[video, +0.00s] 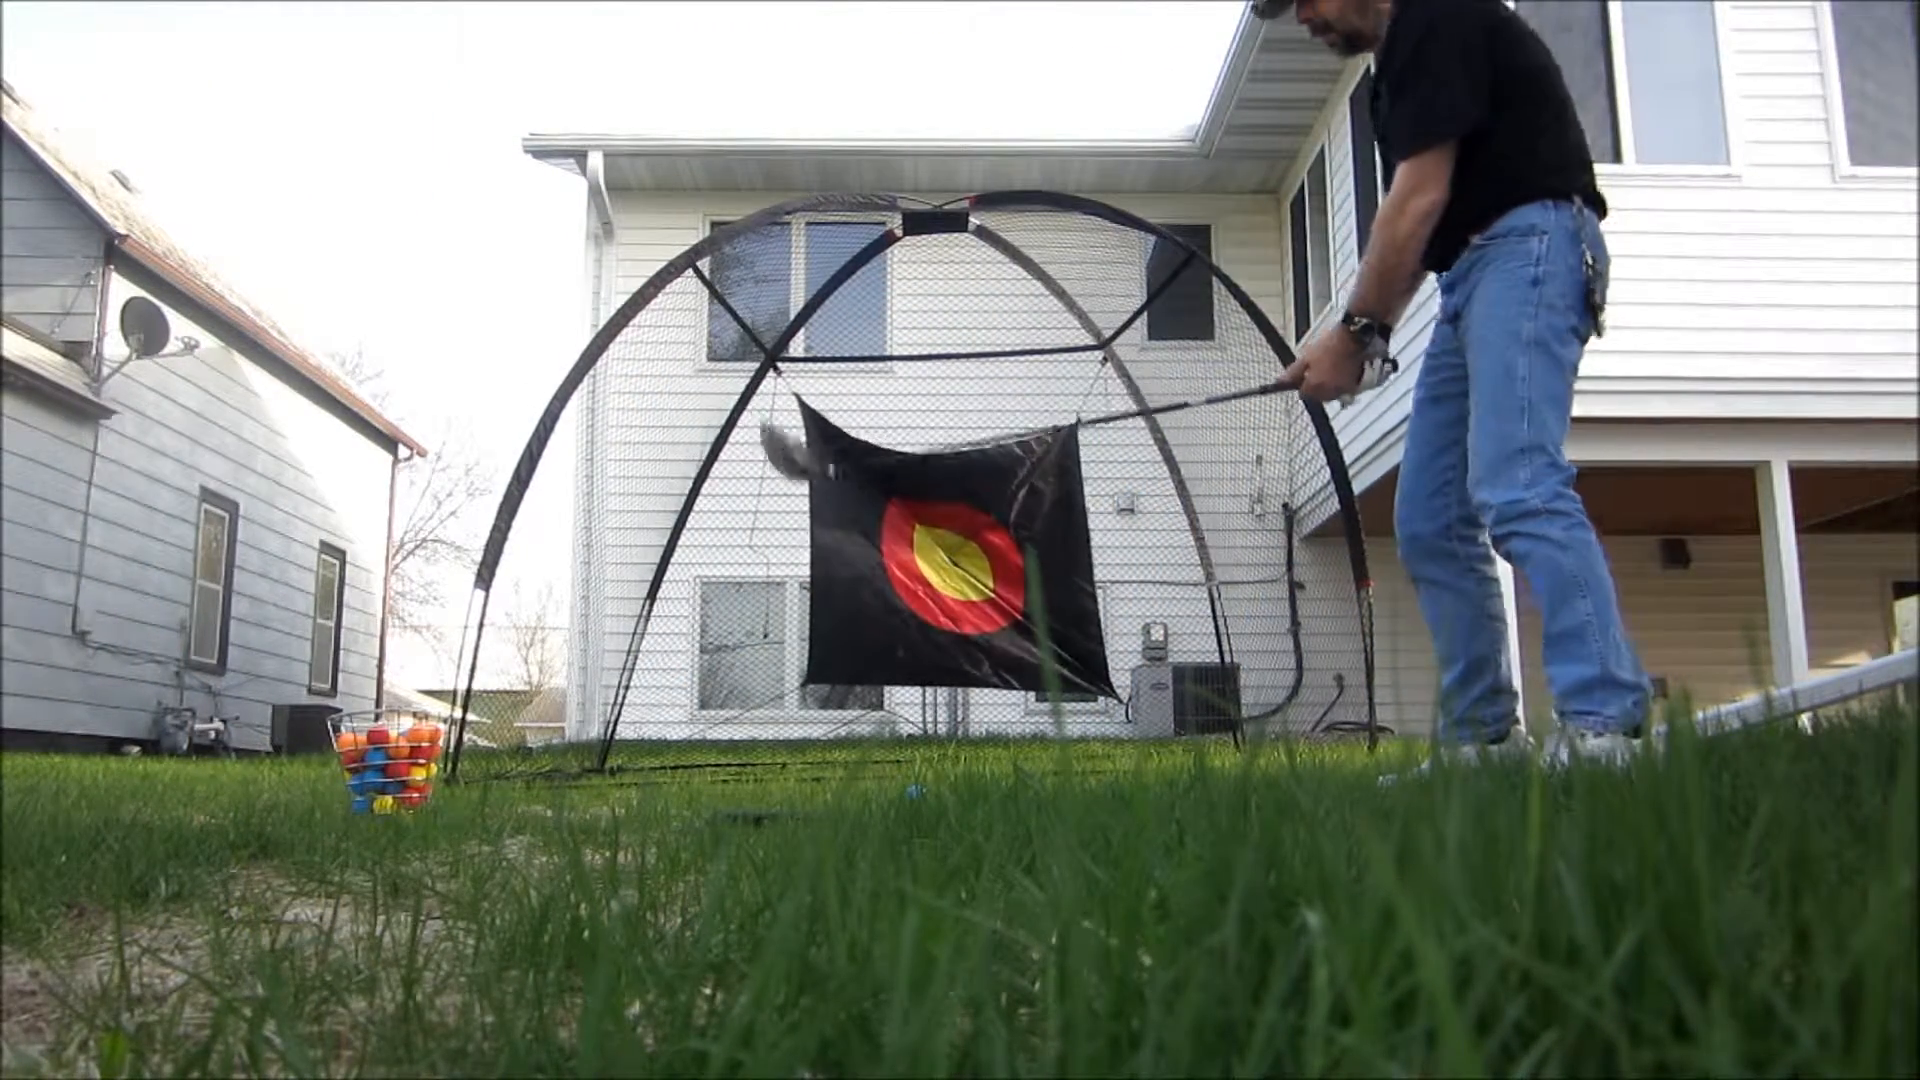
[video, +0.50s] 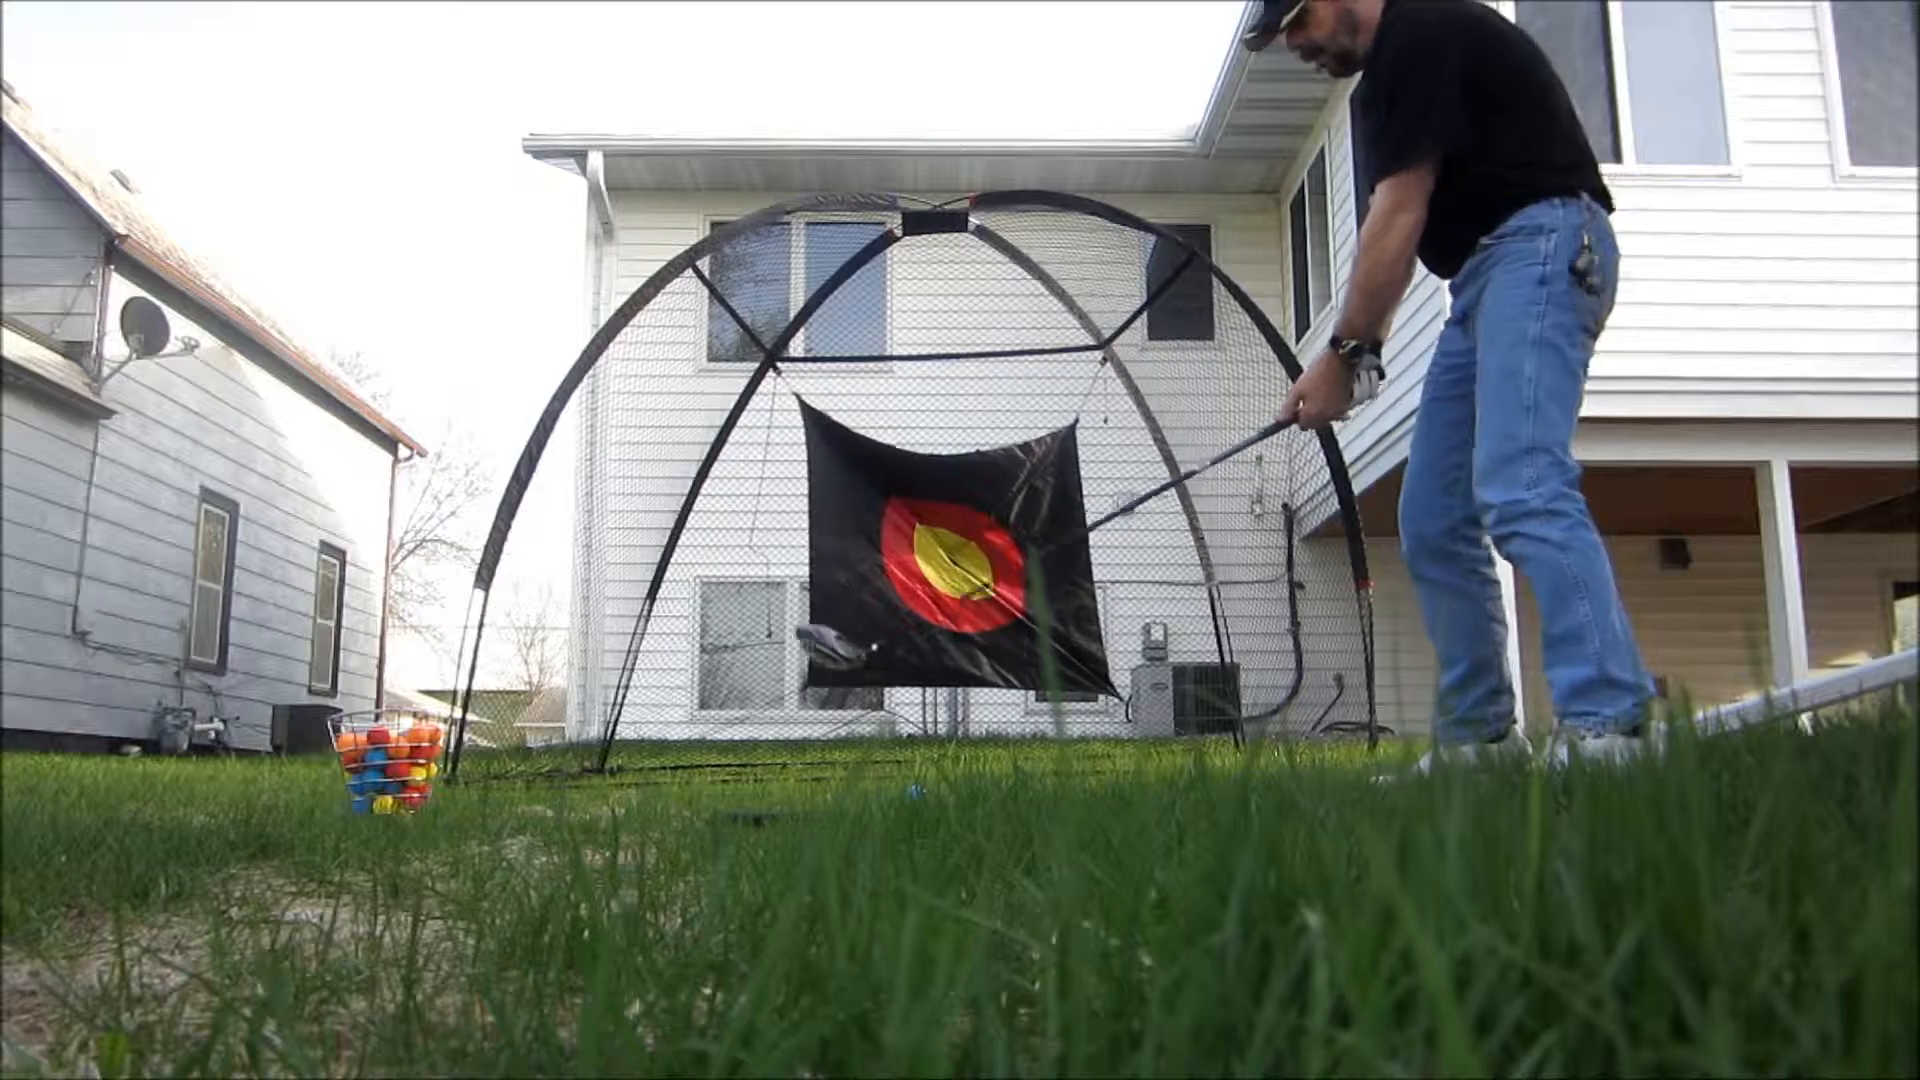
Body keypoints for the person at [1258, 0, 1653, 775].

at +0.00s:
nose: (1305, 20)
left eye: (1307, 3)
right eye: (1297, 14)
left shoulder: (1434, 20)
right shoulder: (1382, 83)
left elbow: (1423, 197)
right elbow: (1408, 214)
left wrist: (1356, 331)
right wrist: (1352, 330)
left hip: (1529, 242)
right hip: (1467, 279)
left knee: (1519, 486)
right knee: (1431, 521)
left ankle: (1607, 721)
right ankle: (1481, 739)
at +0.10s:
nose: (1305, 24)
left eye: (1307, 4)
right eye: (1296, 16)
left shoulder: (1431, 23)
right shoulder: (1402, 57)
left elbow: (1413, 205)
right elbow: (1411, 219)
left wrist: (1353, 339)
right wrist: (1361, 337)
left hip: (1533, 244)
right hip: (1480, 276)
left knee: (1533, 497)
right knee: (1432, 521)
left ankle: (1610, 729)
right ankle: (1479, 739)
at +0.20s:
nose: (1303, 26)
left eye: (1304, 6)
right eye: (1293, 18)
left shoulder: (1426, 23)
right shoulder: (1400, 56)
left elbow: (1410, 203)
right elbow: (1407, 217)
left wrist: (1359, 348)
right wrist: (1360, 350)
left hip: (1539, 240)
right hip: (1487, 271)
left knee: (1531, 494)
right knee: (1424, 507)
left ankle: (1611, 729)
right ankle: (1478, 728)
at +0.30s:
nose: (1302, 32)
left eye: (1302, 12)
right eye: (1291, 25)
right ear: (1346, 10)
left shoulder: (1422, 26)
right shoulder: (1401, 53)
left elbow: (1408, 211)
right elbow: (1407, 226)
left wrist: (1363, 355)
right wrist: (1353, 358)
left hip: (1545, 240)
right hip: (1493, 270)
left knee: (1536, 495)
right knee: (1431, 510)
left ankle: (1613, 730)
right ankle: (1480, 732)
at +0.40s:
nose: (1297, 38)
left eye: (1298, 16)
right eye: (1286, 29)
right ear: (1338, 14)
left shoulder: (1422, 26)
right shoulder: (1382, 78)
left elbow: (1406, 211)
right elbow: (1391, 223)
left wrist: (1357, 355)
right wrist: (1347, 358)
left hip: (1540, 243)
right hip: (1482, 279)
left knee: (1538, 496)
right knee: (1435, 519)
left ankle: (1613, 728)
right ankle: (1476, 740)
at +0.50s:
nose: (1297, 47)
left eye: (1295, 23)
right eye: (1284, 38)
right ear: (1334, 17)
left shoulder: (1419, 32)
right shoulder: (1379, 84)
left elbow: (1401, 213)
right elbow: (1386, 224)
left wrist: (1348, 355)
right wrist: (1340, 359)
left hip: (1539, 240)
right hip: (1478, 281)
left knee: (1522, 486)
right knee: (1434, 521)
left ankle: (1611, 720)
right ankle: (1477, 741)